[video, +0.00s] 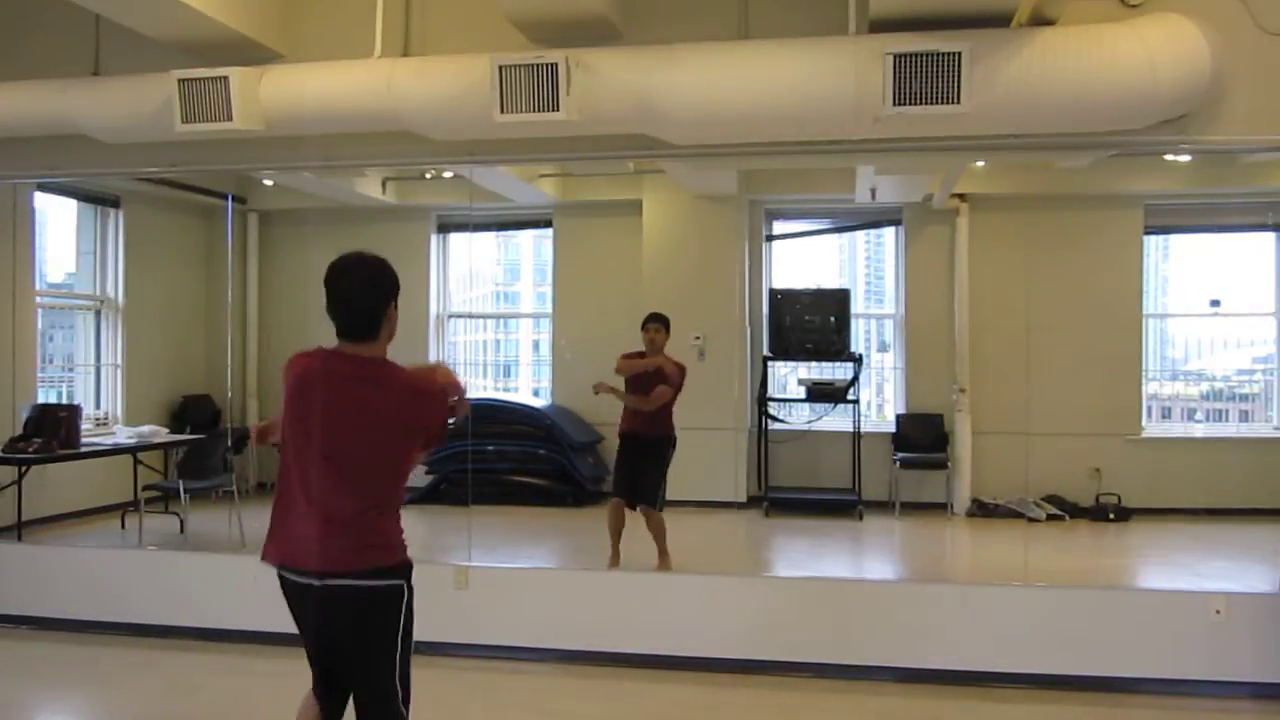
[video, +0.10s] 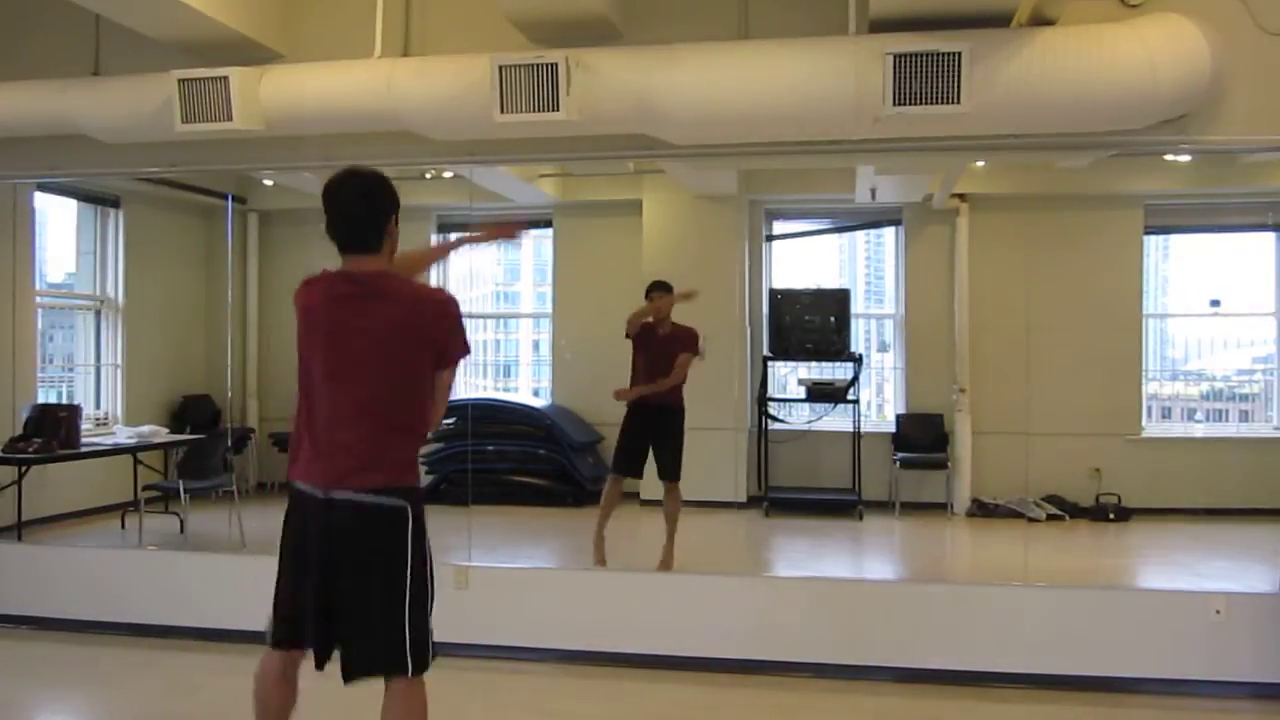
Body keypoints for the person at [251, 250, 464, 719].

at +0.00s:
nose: (398, 314)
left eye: (395, 304)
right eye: (396, 304)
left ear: (332, 307)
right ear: (391, 311)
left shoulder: (299, 372)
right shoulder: (415, 392)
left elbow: (339, 412)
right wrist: (286, 430)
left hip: (297, 570)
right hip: (374, 575)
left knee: (328, 683)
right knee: (383, 703)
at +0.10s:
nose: (401, 226)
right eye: (398, 216)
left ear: (330, 228)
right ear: (393, 224)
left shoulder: (311, 297)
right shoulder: (435, 309)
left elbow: (384, 272)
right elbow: (430, 416)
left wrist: (465, 240)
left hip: (310, 511)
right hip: (388, 514)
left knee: (282, 656)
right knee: (404, 676)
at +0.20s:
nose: (403, 165)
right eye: (397, 160)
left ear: (335, 179)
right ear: (393, 174)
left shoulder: (332, 242)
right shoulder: (431, 254)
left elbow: (401, 178)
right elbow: (464, 377)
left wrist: (445, 106)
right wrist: (473, 460)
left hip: (322, 444)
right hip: (397, 455)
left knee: (258, 581)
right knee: (449, 612)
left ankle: (190, 704)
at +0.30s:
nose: (413, 154)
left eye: (404, 144)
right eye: (410, 147)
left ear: (348, 168)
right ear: (407, 160)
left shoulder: (355, 230)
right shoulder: (424, 239)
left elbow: (396, 153)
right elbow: (478, 360)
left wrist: (411, 64)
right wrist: (535, 460)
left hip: (334, 441)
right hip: (404, 452)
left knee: (228, 554)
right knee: (490, 598)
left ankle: (124, 658)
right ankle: (423, 717)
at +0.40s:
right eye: (413, 169)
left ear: (352, 194)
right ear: (414, 184)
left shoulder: (364, 256)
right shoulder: (429, 253)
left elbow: (394, 181)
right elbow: (471, 360)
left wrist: (409, 97)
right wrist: (545, 467)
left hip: (354, 459)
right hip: (425, 474)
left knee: (225, 562)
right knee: (473, 649)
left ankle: (98, 661)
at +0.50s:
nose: (425, 235)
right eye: (423, 230)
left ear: (360, 252)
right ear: (425, 241)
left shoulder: (368, 326)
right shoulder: (451, 313)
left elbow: (409, 257)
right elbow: (482, 421)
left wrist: (429, 183)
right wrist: (542, 538)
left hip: (364, 522)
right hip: (442, 549)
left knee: (242, 623)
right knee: (460, 710)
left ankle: (115, 710)